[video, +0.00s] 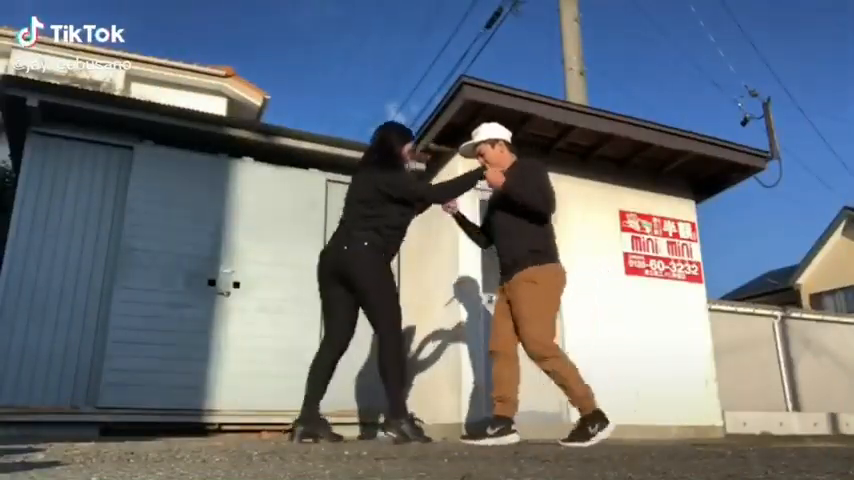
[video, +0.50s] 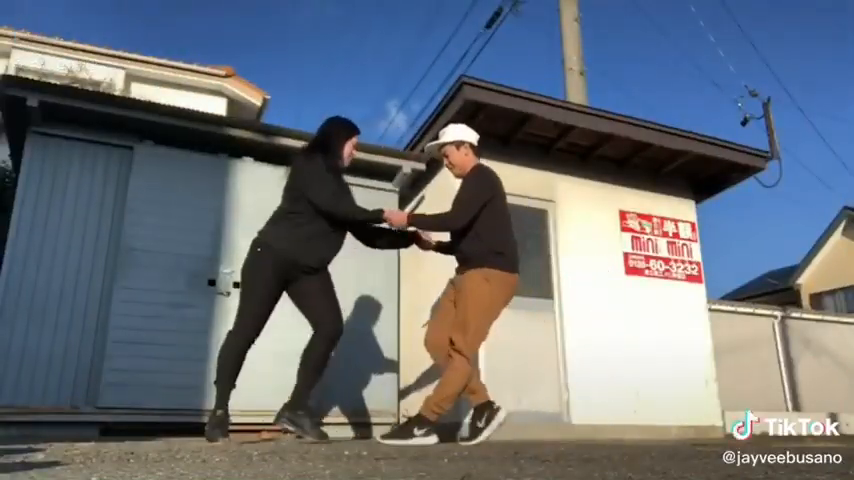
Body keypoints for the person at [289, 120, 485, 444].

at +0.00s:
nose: (413, 154)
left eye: (413, 148)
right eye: (409, 148)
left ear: (380, 146)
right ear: (396, 147)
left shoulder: (366, 174)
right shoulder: (392, 177)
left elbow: (410, 207)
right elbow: (436, 193)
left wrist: (431, 186)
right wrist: (480, 172)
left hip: (334, 258)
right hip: (366, 260)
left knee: (336, 338)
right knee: (390, 334)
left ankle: (308, 417)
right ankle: (398, 418)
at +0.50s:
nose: (354, 153)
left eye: (355, 146)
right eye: (351, 145)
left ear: (338, 145)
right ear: (335, 141)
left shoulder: (338, 186)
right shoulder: (309, 163)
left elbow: (370, 236)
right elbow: (334, 207)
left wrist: (412, 238)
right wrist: (380, 215)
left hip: (307, 268)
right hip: (271, 256)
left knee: (329, 329)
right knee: (245, 331)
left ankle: (296, 409)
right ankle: (219, 410)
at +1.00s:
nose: (386, 148)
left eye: (387, 142)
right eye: (383, 141)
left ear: (354, 138)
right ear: (368, 139)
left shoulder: (334, 170)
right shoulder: (375, 174)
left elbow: (360, 202)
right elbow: (414, 207)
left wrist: (398, 212)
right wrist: (461, 213)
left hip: (314, 248)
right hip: (352, 250)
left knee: (307, 335)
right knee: (383, 331)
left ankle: (288, 418)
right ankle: (387, 418)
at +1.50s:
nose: (430, 152)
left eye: (433, 148)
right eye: (425, 145)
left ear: (435, 151)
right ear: (409, 144)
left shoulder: (436, 181)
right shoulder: (382, 166)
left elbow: (473, 184)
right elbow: (390, 123)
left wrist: (481, 196)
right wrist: (441, 99)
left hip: (432, 269)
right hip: (392, 269)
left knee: (448, 339)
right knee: (371, 331)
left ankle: (469, 414)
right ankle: (404, 401)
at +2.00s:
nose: (422, 147)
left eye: (422, 141)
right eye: (418, 140)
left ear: (397, 142)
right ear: (400, 140)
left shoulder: (377, 170)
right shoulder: (412, 169)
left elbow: (395, 218)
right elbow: (446, 201)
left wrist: (434, 228)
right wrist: (483, 185)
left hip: (363, 250)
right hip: (397, 251)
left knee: (378, 334)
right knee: (403, 338)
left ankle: (354, 411)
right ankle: (401, 423)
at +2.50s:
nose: (352, 153)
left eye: (358, 150)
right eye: (348, 146)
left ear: (363, 156)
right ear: (335, 147)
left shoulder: (368, 190)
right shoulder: (311, 177)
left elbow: (399, 217)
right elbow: (281, 153)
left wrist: (436, 203)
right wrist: (292, 108)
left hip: (354, 273)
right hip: (311, 271)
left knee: (387, 332)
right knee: (294, 342)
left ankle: (372, 408)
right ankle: (275, 418)